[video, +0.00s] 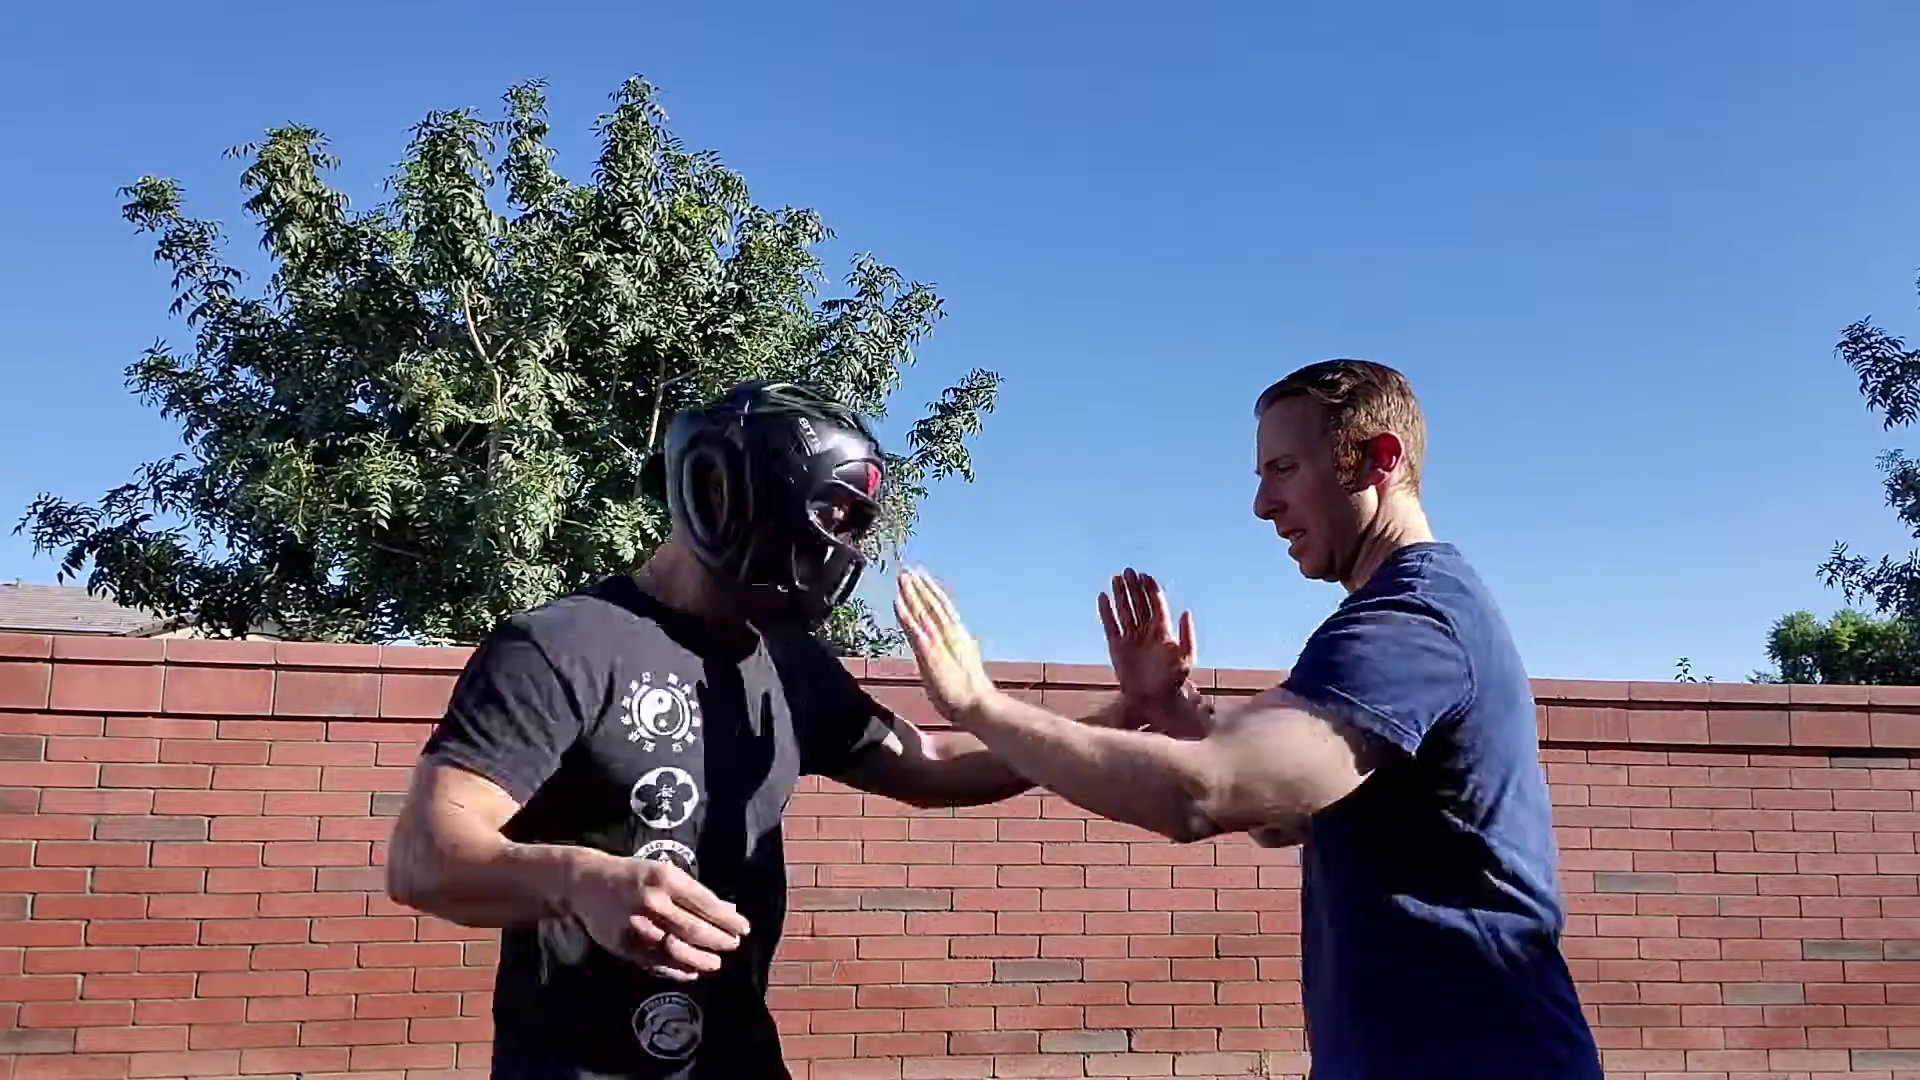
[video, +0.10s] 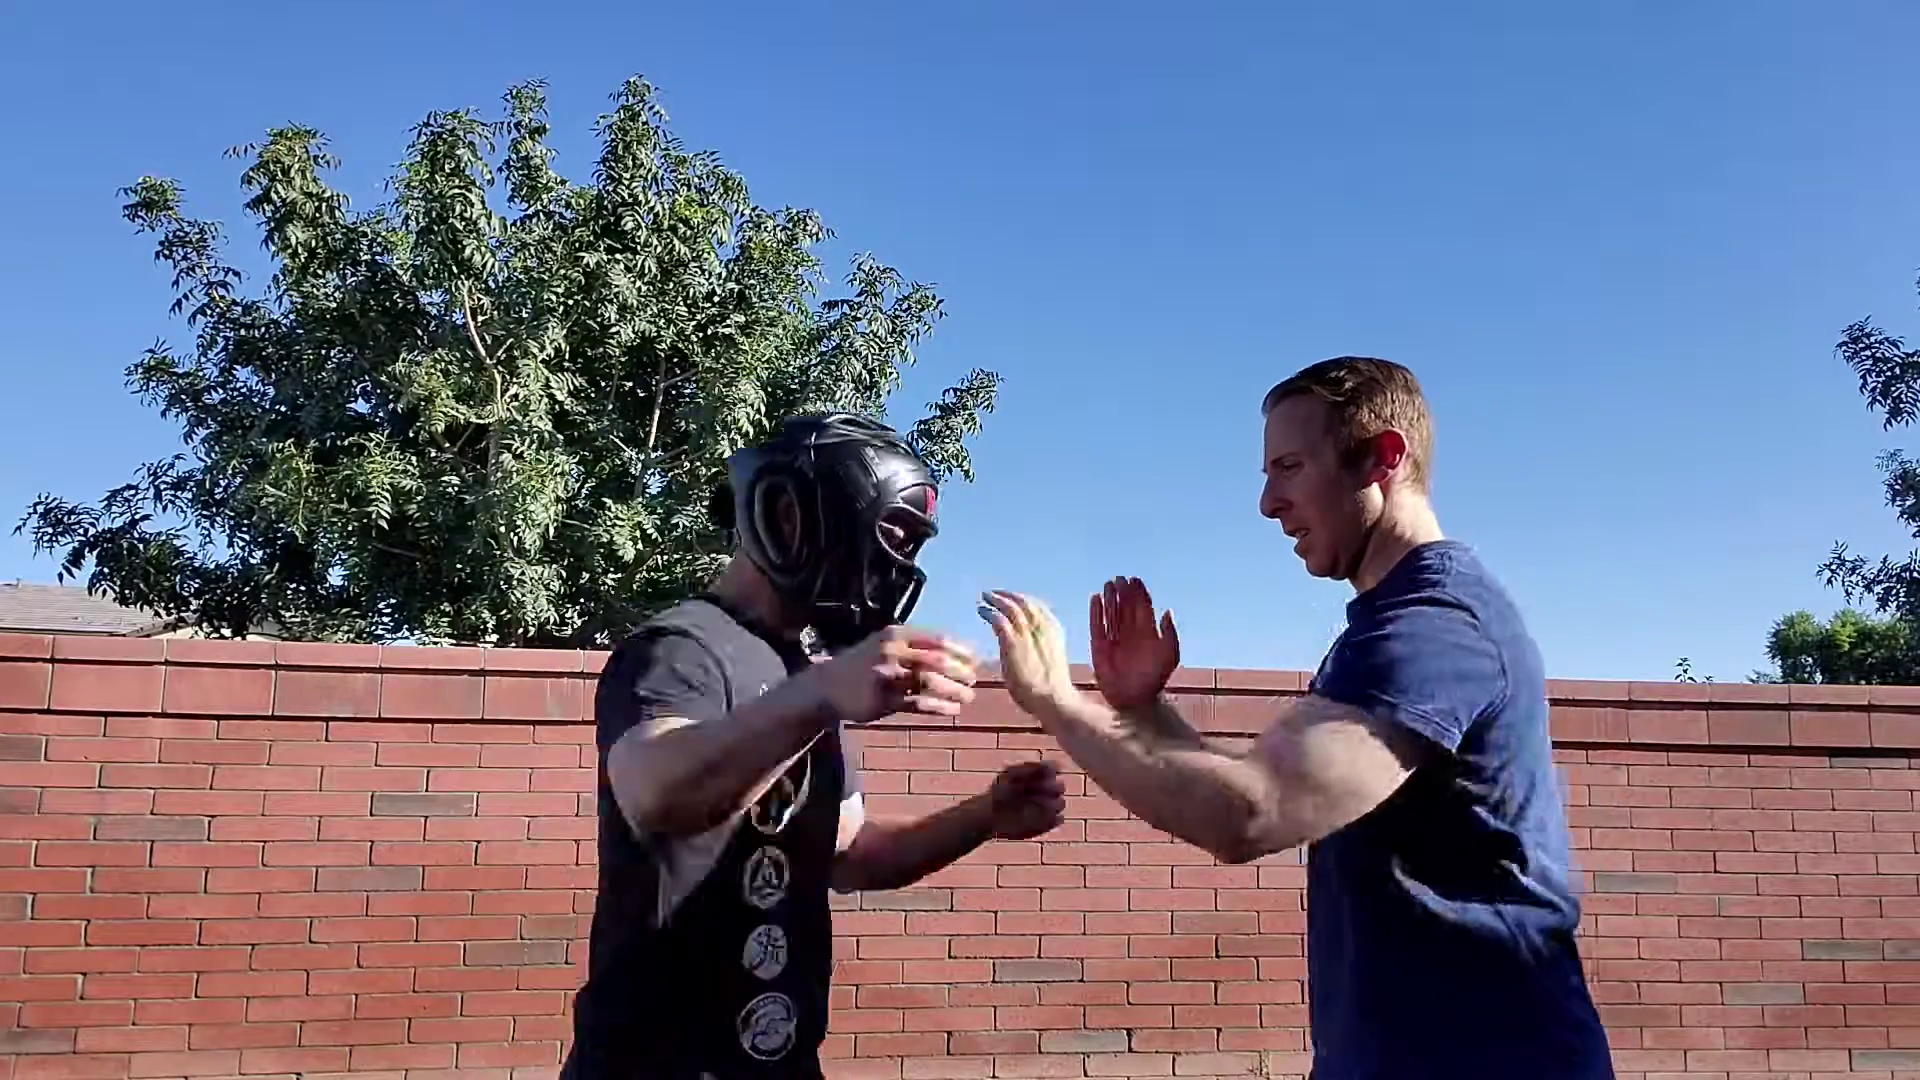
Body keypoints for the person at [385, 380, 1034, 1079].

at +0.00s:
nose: (850, 554)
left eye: (857, 526)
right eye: (832, 518)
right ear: (732, 500)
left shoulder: (787, 666)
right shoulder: (557, 650)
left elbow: (927, 767)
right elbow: (425, 857)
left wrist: (1110, 726)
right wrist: (578, 881)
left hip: (738, 1059)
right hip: (575, 1060)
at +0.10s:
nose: (907, 567)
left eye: (910, 543)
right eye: (893, 535)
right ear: (792, 520)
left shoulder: (807, 670)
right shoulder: (675, 651)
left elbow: (846, 860)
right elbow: (656, 798)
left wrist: (982, 817)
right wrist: (820, 692)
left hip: (780, 1045)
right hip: (661, 1049)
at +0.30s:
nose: (960, 588)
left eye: (962, 565)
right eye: (947, 563)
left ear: (844, 542)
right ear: (879, 545)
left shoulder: (739, 657)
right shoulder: (827, 650)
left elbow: (660, 850)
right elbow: (1035, 718)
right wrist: (1226, 675)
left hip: (696, 1046)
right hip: (786, 1054)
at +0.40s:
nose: (965, 583)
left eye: (969, 560)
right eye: (956, 557)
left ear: (852, 533)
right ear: (891, 539)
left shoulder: (739, 651)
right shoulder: (842, 648)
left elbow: (653, 840)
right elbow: (1032, 718)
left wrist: (781, 906)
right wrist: (1245, 712)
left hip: (693, 1044)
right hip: (784, 1056)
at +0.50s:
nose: (965, 591)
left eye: (968, 566)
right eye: (956, 563)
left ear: (847, 536)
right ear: (903, 543)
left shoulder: (739, 651)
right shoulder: (848, 650)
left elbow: (638, 835)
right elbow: (1043, 727)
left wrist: (738, 930)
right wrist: (1254, 739)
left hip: (701, 1041)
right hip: (792, 1050)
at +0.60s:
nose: (978, 590)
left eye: (981, 564)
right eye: (967, 561)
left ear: (857, 542)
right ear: (908, 549)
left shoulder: (742, 652)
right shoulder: (851, 652)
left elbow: (638, 835)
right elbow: (1034, 741)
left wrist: (734, 944)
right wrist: (1243, 754)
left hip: (702, 1041)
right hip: (790, 1049)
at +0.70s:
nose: (980, 599)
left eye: (984, 571)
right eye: (969, 569)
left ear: (854, 549)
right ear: (911, 556)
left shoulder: (744, 655)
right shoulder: (849, 654)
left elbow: (636, 836)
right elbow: (1028, 740)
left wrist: (732, 944)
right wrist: (1238, 749)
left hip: (697, 1040)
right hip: (782, 1051)